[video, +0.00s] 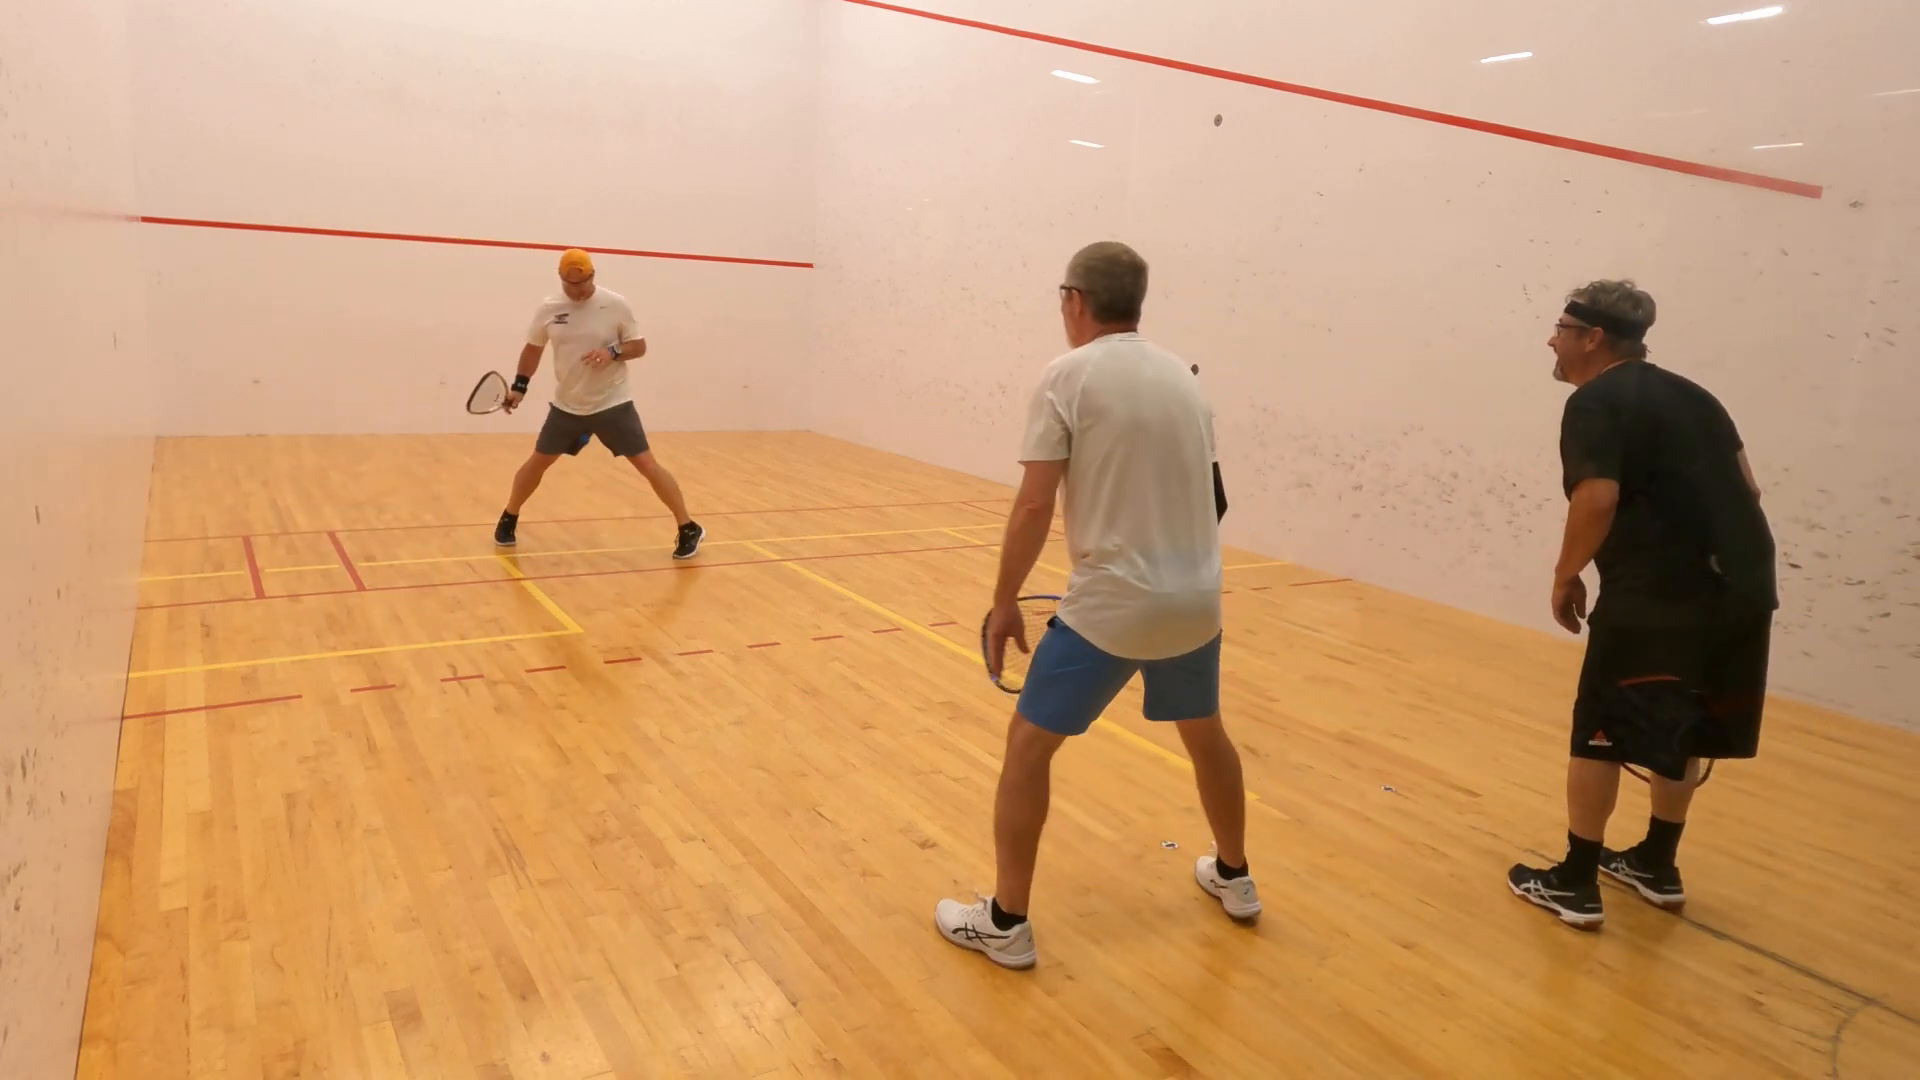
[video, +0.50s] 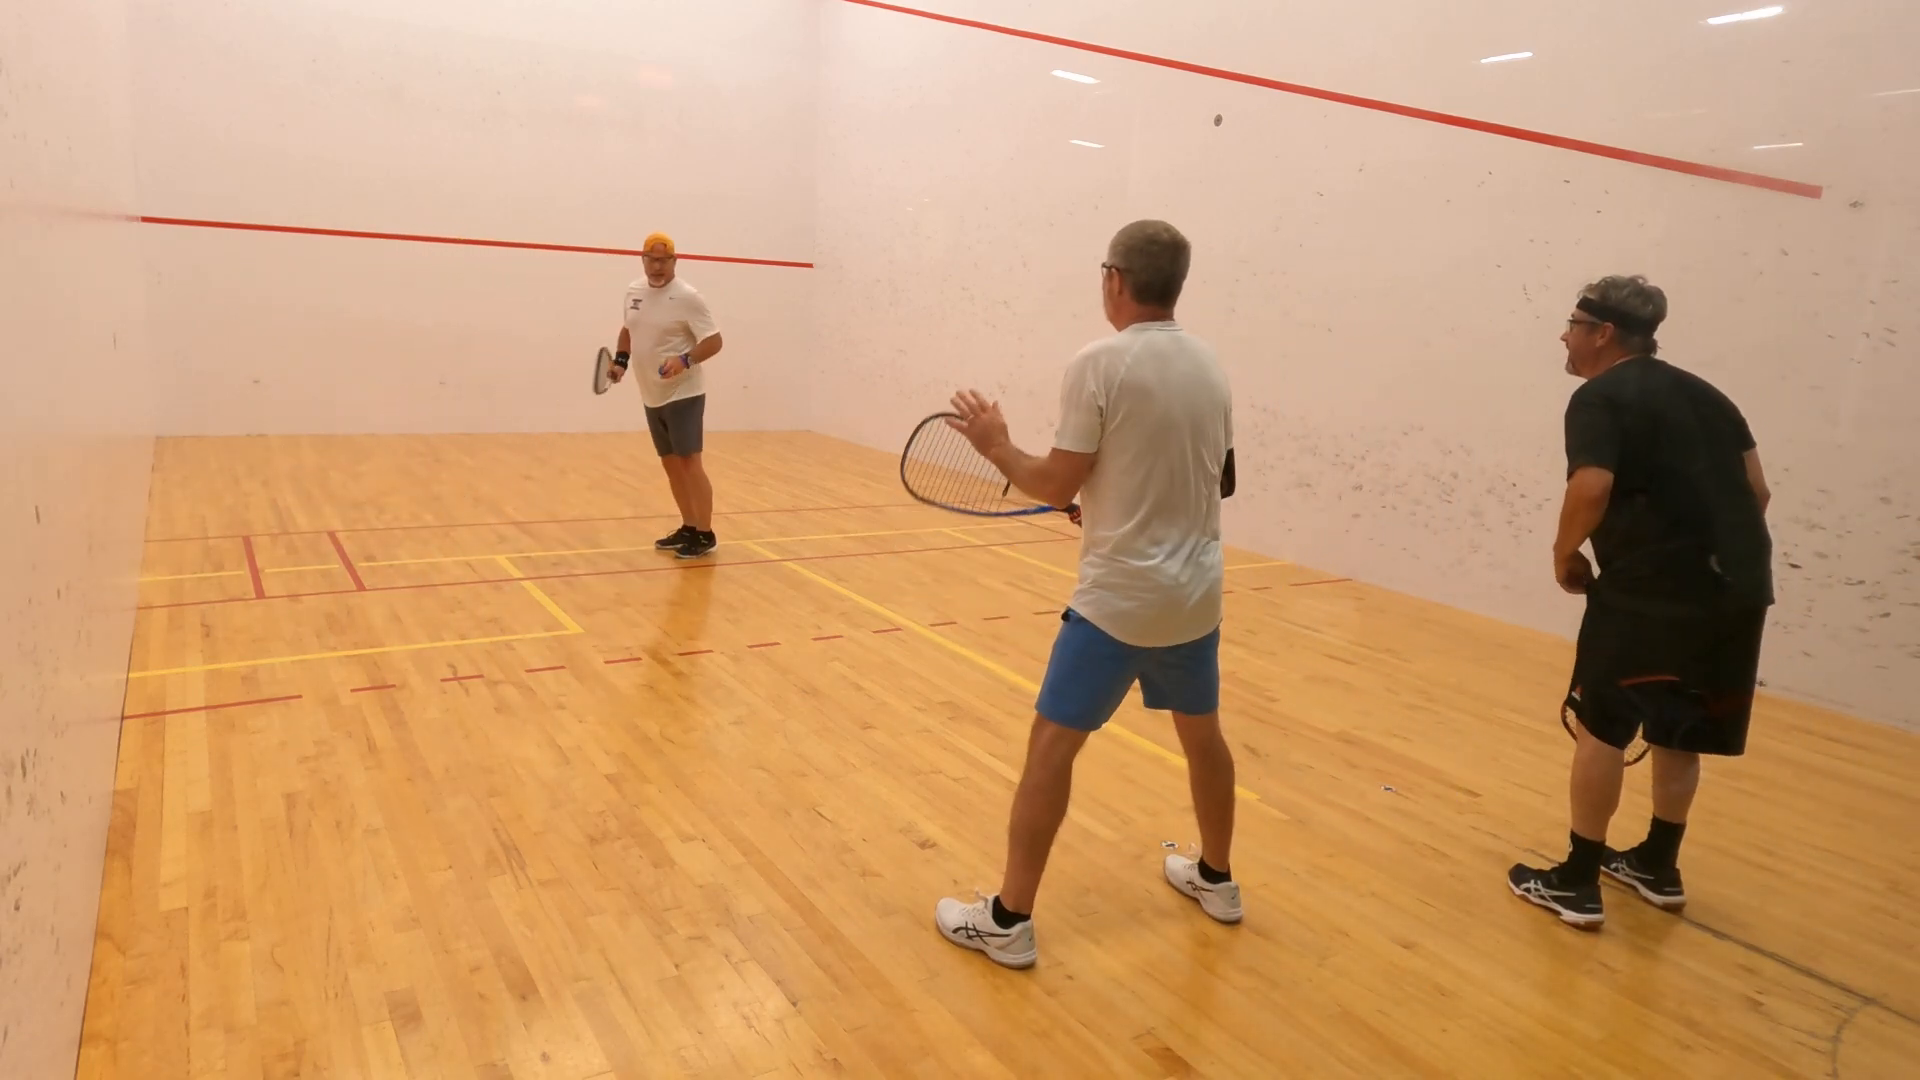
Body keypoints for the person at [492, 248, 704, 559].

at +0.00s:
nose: (577, 289)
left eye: (582, 282)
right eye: (570, 283)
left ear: (593, 276)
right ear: (561, 279)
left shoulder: (616, 306)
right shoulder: (549, 310)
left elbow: (638, 346)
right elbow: (533, 349)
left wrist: (612, 352)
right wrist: (519, 387)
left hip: (613, 405)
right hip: (567, 407)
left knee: (647, 465)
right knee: (538, 462)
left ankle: (687, 527)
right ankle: (509, 516)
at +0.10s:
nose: (600, 286)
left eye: (606, 279)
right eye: (594, 279)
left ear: (618, 275)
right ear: (587, 278)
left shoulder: (640, 306)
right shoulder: (583, 308)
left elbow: (664, 349)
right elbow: (567, 345)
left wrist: (628, 358)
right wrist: (545, 380)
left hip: (637, 405)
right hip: (594, 405)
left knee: (665, 469)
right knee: (562, 459)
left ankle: (697, 532)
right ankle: (533, 513)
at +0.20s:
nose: (619, 276)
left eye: (625, 270)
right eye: (613, 270)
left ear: (638, 267)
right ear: (607, 270)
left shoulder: (658, 302)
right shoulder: (605, 300)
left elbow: (687, 345)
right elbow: (598, 338)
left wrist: (656, 370)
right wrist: (575, 372)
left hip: (652, 402)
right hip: (613, 400)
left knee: (673, 465)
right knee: (588, 455)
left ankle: (699, 533)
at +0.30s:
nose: (635, 269)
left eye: (642, 263)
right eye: (629, 263)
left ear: (653, 262)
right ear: (622, 263)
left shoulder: (670, 299)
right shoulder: (619, 295)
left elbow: (702, 339)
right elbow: (616, 333)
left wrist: (677, 370)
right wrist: (596, 368)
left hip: (664, 399)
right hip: (628, 399)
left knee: (681, 463)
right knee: (617, 456)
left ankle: (701, 533)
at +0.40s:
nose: (647, 267)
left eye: (654, 260)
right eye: (642, 260)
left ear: (665, 261)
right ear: (634, 260)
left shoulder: (680, 298)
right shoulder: (629, 291)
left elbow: (711, 338)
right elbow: (626, 329)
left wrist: (684, 365)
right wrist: (609, 363)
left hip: (674, 395)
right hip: (642, 397)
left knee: (685, 462)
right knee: (650, 461)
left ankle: (705, 533)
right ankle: (686, 523)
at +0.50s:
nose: (657, 267)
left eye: (664, 260)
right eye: (651, 260)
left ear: (674, 261)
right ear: (643, 261)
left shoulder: (688, 298)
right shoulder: (635, 292)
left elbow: (714, 342)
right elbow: (628, 329)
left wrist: (685, 359)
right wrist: (621, 360)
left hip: (684, 395)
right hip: (653, 397)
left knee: (690, 463)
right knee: (672, 463)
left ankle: (705, 534)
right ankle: (689, 528)